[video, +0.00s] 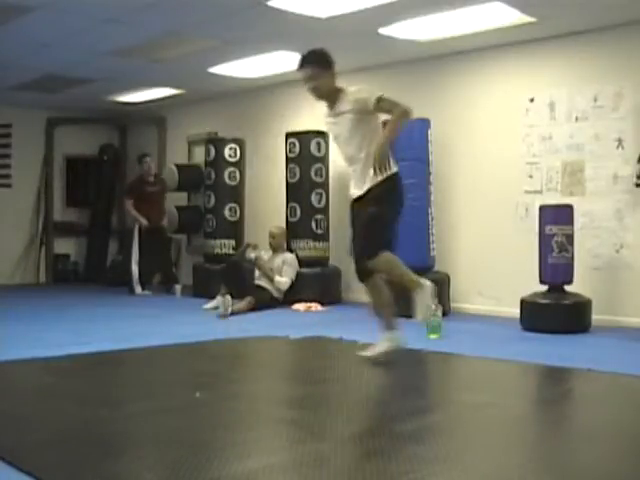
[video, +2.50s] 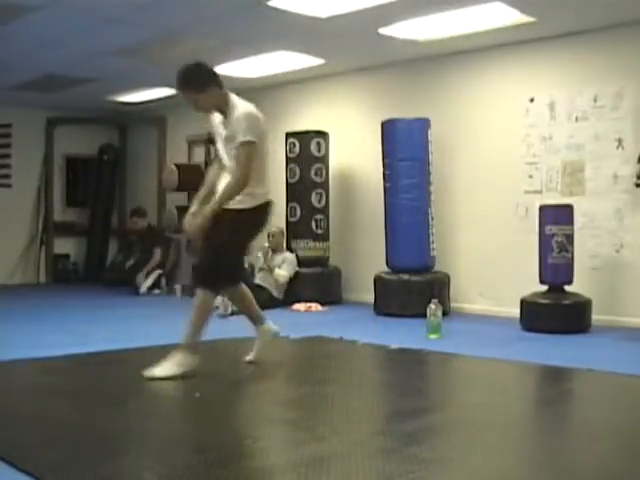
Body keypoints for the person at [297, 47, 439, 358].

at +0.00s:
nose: (310, 88)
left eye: (314, 79)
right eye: (306, 82)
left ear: (330, 73)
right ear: (305, 83)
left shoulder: (357, 99)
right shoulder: (331, 113)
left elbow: (402, 111)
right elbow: (355, 139)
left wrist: (383, 144)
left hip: (382, 185)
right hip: (359, 193)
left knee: (372, 254)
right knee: (365, 269)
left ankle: (421, 288)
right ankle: (390, 334)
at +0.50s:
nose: (394, 79)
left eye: (400, 71)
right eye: (388, 72)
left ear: (420, 66)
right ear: (384, 73)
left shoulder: (452, 111)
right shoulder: (384, 113)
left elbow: (490, 151)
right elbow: (366, 158)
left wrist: (520, 191)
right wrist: (347, 175)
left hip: (437, 219)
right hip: (391, 221)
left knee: (452, 297)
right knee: (372, 291)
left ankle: (468, 383)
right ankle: (403, 333)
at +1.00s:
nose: (333, 56)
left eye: (340, 46)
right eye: (325, 48)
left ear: (360, 44)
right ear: (318, 51)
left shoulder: (388, 92)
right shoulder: (304, 98)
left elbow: (458, 97)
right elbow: (271, 147)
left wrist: (448, 57)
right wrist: (241, 190)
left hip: (381, 220)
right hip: (324, 221)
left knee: (439, 293)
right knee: (287, 312)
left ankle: (464, 390)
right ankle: (251, 403)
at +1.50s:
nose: (321, 38)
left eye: (327, 34)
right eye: (313, 29)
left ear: (330, 44)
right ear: (290, 33)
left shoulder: (337, 100)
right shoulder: (249, 88)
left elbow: (349, 162)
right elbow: (223, 144)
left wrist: (359, 210)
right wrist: (225, 198)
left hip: (307, 222)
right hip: (252, 217)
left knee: (325, 309)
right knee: (227, 305)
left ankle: (318, 403)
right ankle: (215, 368)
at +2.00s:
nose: (175, 55)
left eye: (184, 48)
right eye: (172, 48)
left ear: (204, 53)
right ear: (168, 54)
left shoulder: (231, 95)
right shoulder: (169, 102)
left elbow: (272, 139)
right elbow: (166, 152)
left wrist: (303, 179)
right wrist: (151, 195)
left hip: (228, 203)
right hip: (187, 205)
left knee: (219, 292)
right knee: (176, 291)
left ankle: (225, 376)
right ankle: (192, 368)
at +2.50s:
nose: (195, 107)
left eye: (197, 99)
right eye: (191, 102)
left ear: (215, 87)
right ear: (198, 96)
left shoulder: (246, 117)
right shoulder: (217, 118)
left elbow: (242, 177)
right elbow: (218, 166)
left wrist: (206, 214)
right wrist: (197, 205)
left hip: (250, 205)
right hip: (229, 203)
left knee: (210, 272)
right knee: (224, 273)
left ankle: (189, 350)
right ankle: (265, 328)